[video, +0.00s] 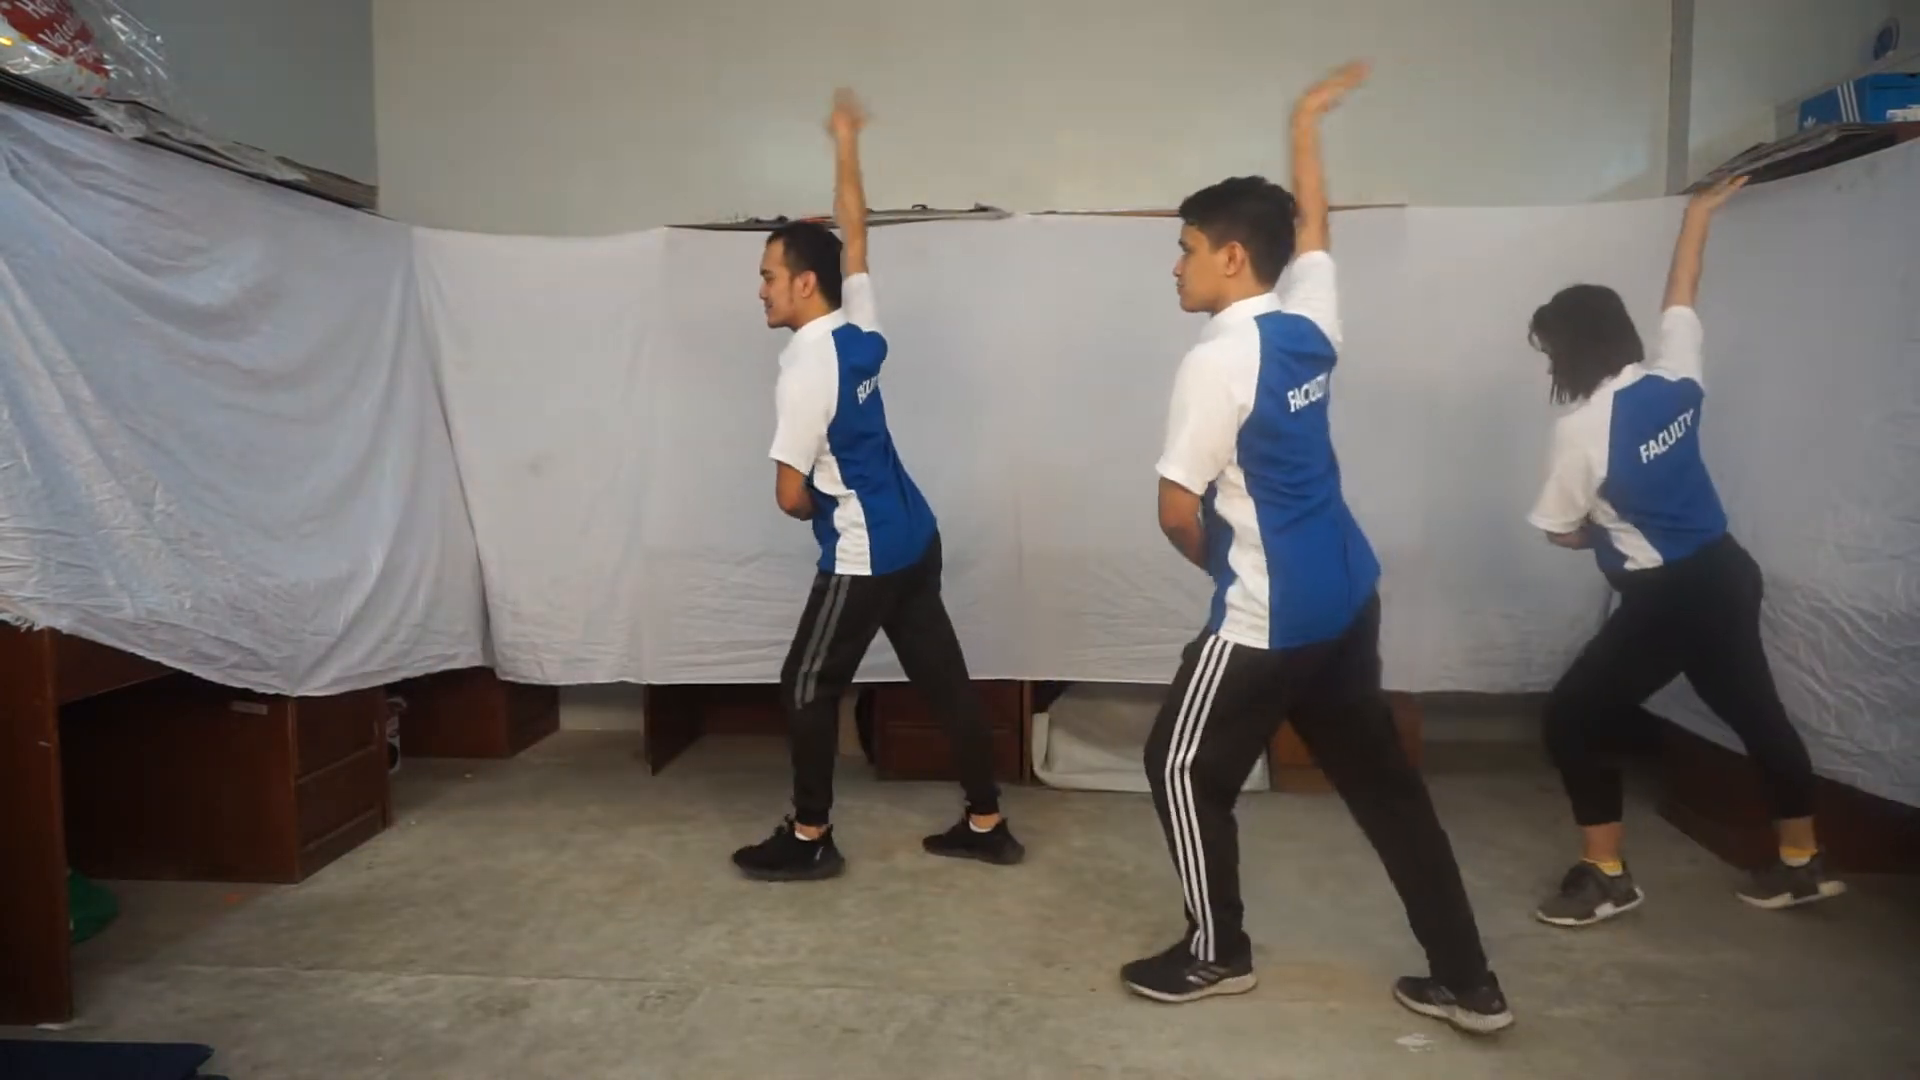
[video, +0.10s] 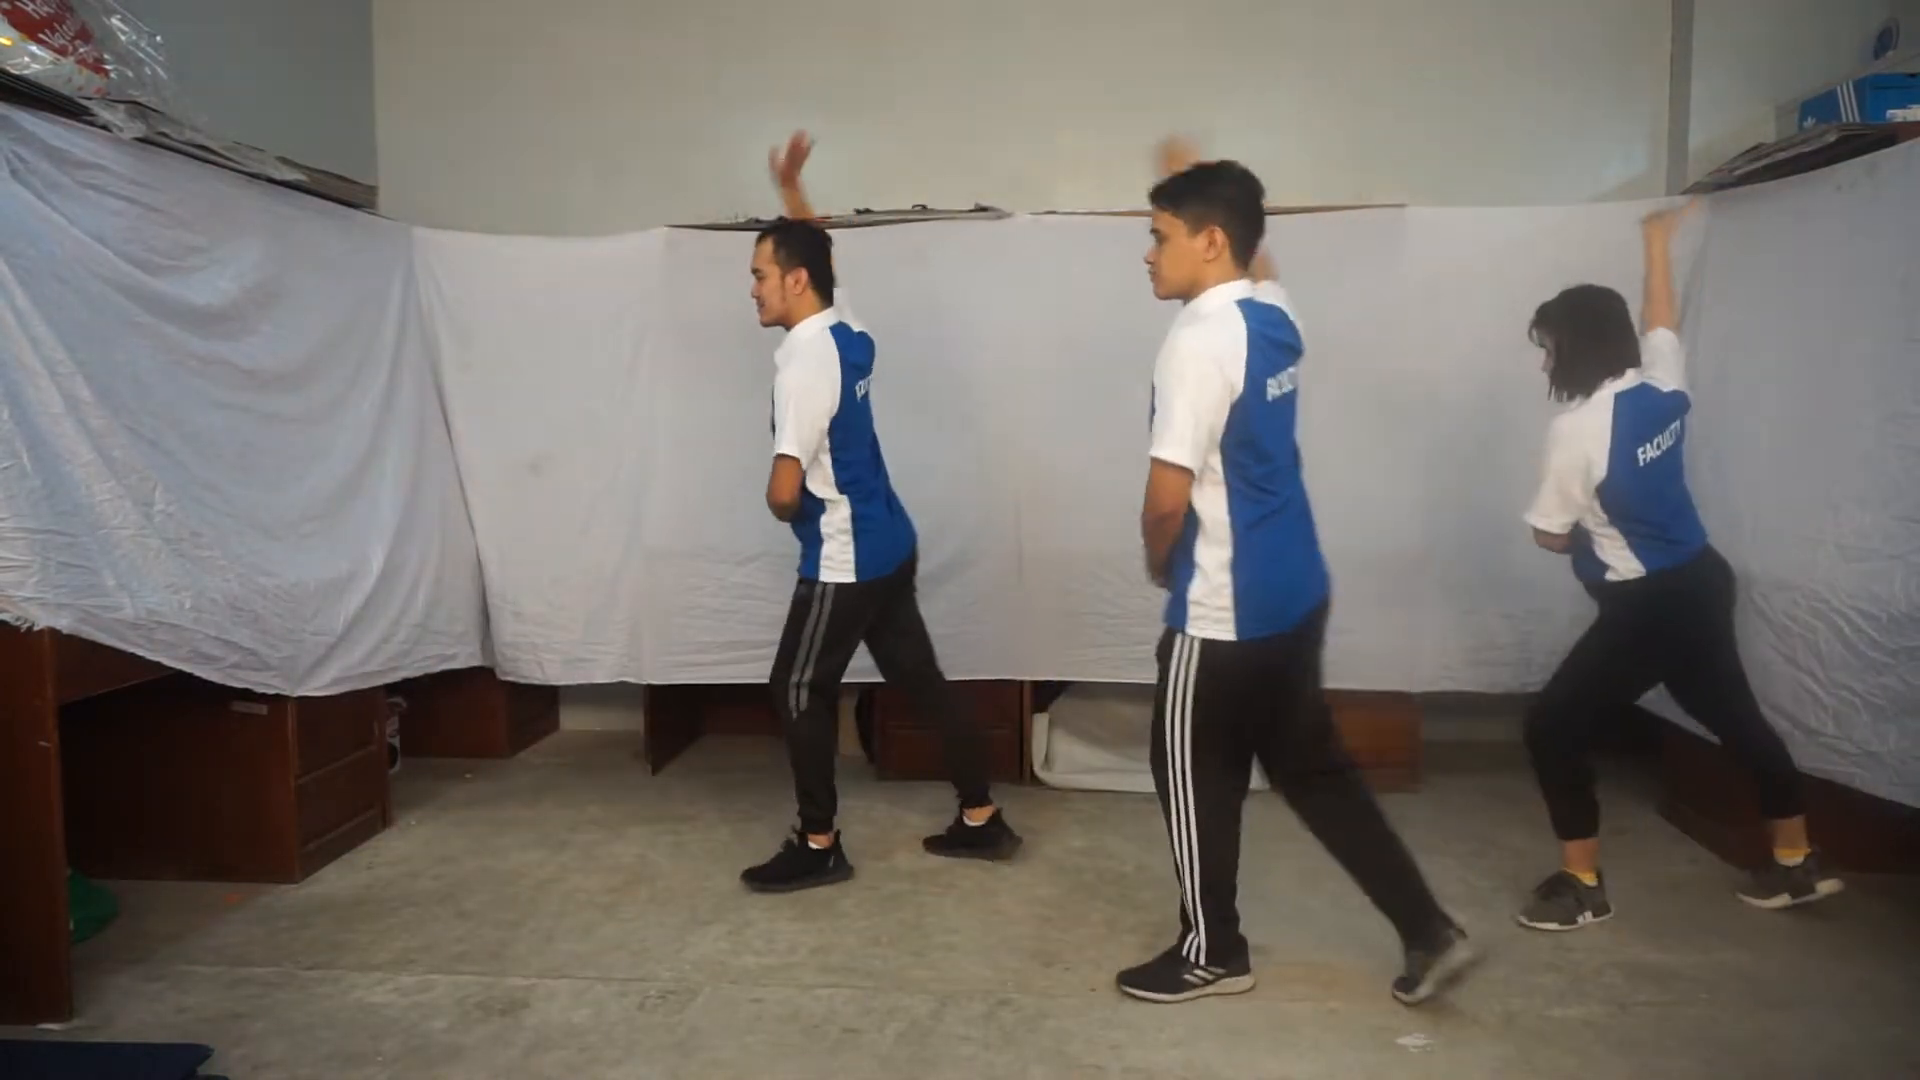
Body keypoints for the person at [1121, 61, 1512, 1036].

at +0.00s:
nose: (1178, 267)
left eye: (1189, 252)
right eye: (1182, 251)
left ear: (1240, 259)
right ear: (1259, 262)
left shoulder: (1218, 355)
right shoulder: (1308, 321)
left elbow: (1177, 513)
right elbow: (1310, 229)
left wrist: (1232, 566)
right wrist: (1306, 120)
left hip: (1267, 608)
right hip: (1342, 586)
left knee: (1181, 767)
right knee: (1381, 780)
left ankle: (1213, 945)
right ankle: (1466, 977)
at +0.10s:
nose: (1149, 257)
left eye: (1159, 241)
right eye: (1150, 240)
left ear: (1213, 243)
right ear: (1235, 244)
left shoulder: (1199, 333)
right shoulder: (1272, 313)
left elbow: (1166, 499)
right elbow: (1249, 251)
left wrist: (1157, 560)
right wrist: (1203, 188)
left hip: (1222, 599)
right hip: (1289, 585)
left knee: (1190, 772)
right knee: (1308, 762)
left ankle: (1209, 948)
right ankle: (1429, 930)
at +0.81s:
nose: (968, 241)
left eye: (983, 226)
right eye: (950, 225)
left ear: (999, 239)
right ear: (915, 238)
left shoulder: (1040, 340)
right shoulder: (876, 351)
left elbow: (1124, 448)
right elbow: (816, 460)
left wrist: (1086, 567)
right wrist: (737, 560)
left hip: (1004, 609)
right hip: (902, 607)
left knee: (980, 774)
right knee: (880, 757)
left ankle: (959, 926)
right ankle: (956, 863)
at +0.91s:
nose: (941, 240)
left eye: (952, 225)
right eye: (922, 223)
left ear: (962, 236)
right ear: (878, 235)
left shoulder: (999, 334)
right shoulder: (832, 347)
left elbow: (1109, 397)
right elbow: (764, 458)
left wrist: (1115, 481)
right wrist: (670, 562)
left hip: (979, 606)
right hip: (875, 609)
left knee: (975, 779)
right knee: (858, 772)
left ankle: (963, 938)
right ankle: (851, 915)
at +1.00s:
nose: (918, 240)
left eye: (926, 225)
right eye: (899, 224)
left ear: (933, 233)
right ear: (847, 232)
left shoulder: (960, 326)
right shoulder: (809, 343)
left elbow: (1056, 326)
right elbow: (770, 463)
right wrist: (725, 567)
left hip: (955, 601)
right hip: (859, 610)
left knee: (960, 780)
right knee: (839, 784)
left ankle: (959, 940)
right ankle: (793, 950)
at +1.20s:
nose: (872, 237)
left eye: (869, 220)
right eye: (855, 223)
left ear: (814, 229)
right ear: (801, 234)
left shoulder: (818, 298)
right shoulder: (798, 335)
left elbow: (847, 191)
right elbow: (863, 473)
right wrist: (972, 562)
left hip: (841, 581)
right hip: (791, 597)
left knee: (875, 744)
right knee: (805, 779)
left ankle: (793, 891)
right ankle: (792, 951)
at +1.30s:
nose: (853, 240)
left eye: (852, 223)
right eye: (840, 224)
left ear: (777, 234)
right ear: (781, 234)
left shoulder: (749, 303)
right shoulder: (799, 335)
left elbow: (757, 199)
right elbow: (862, 472)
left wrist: (750, 89)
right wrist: (920, 542)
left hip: (759, 579)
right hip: (789, 593)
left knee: (784, 756)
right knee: (814, 774)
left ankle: (666, 895)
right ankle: (795, 956)